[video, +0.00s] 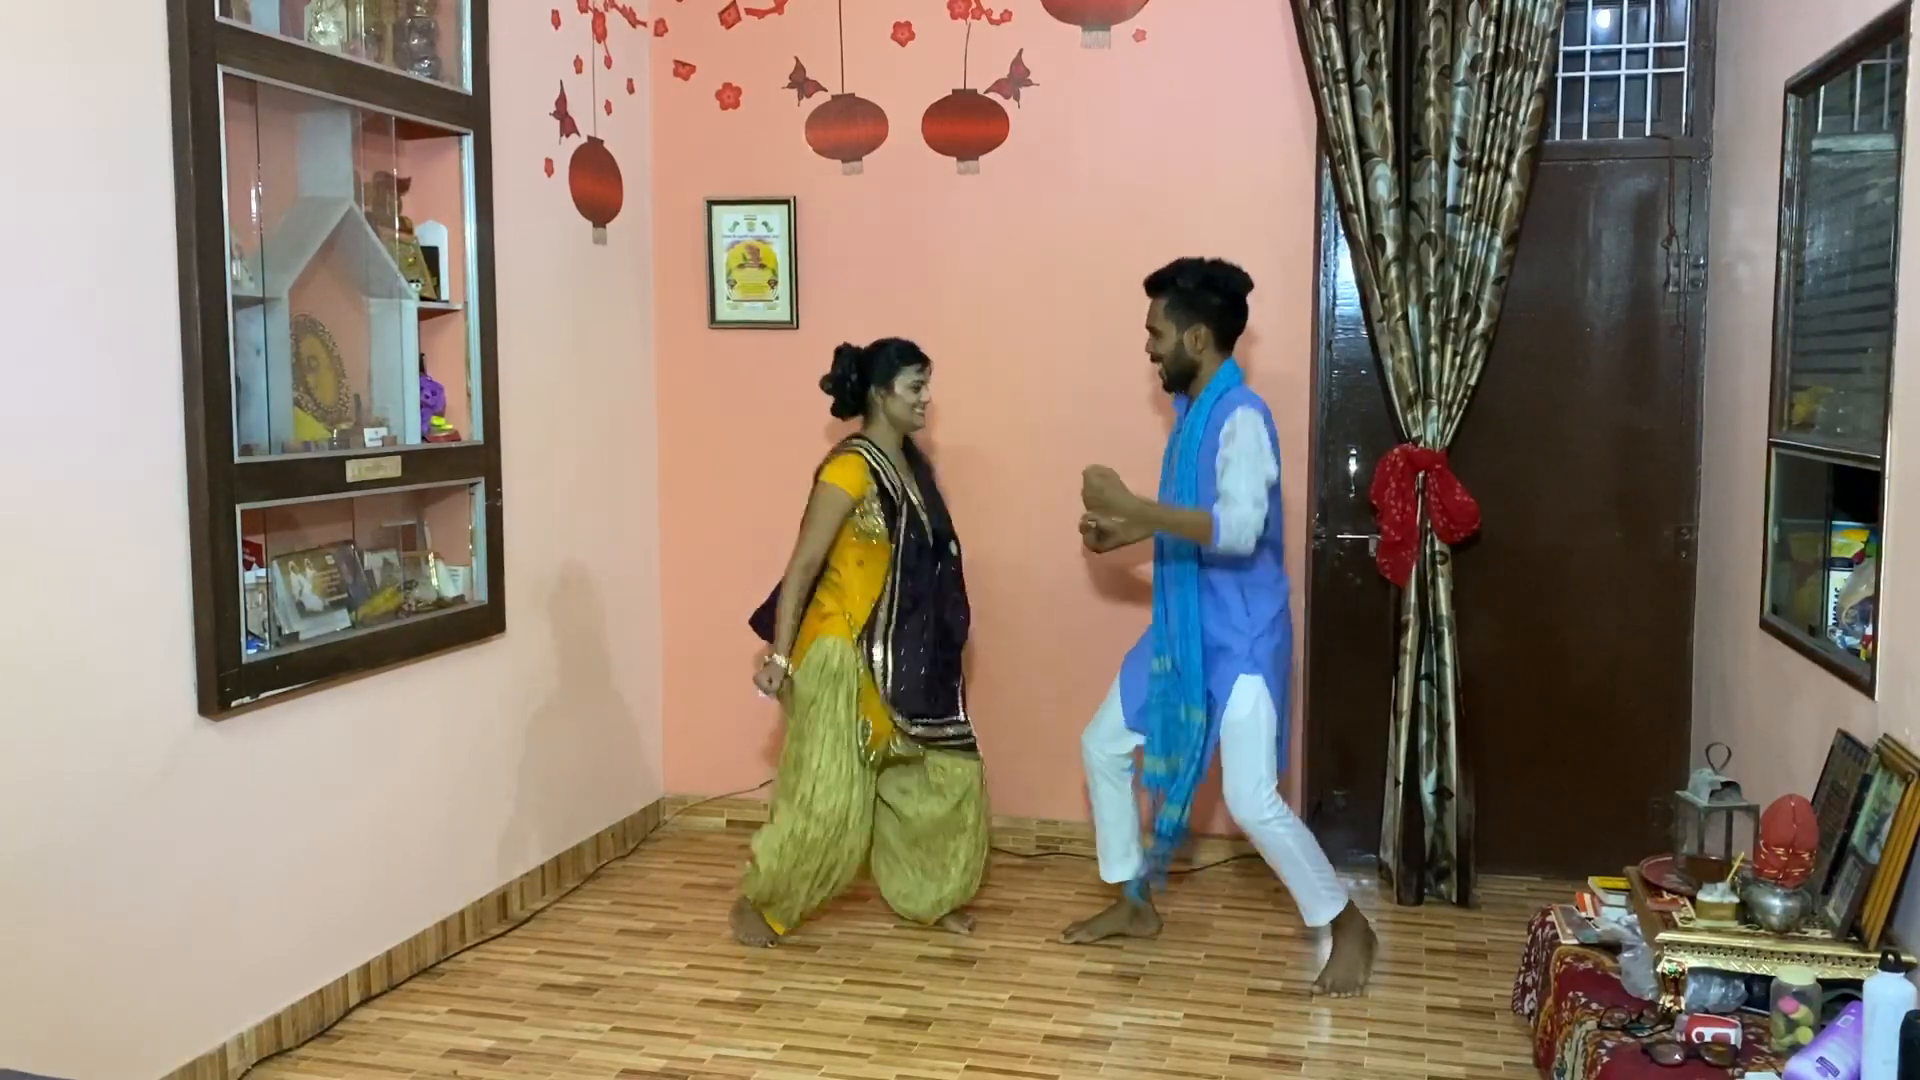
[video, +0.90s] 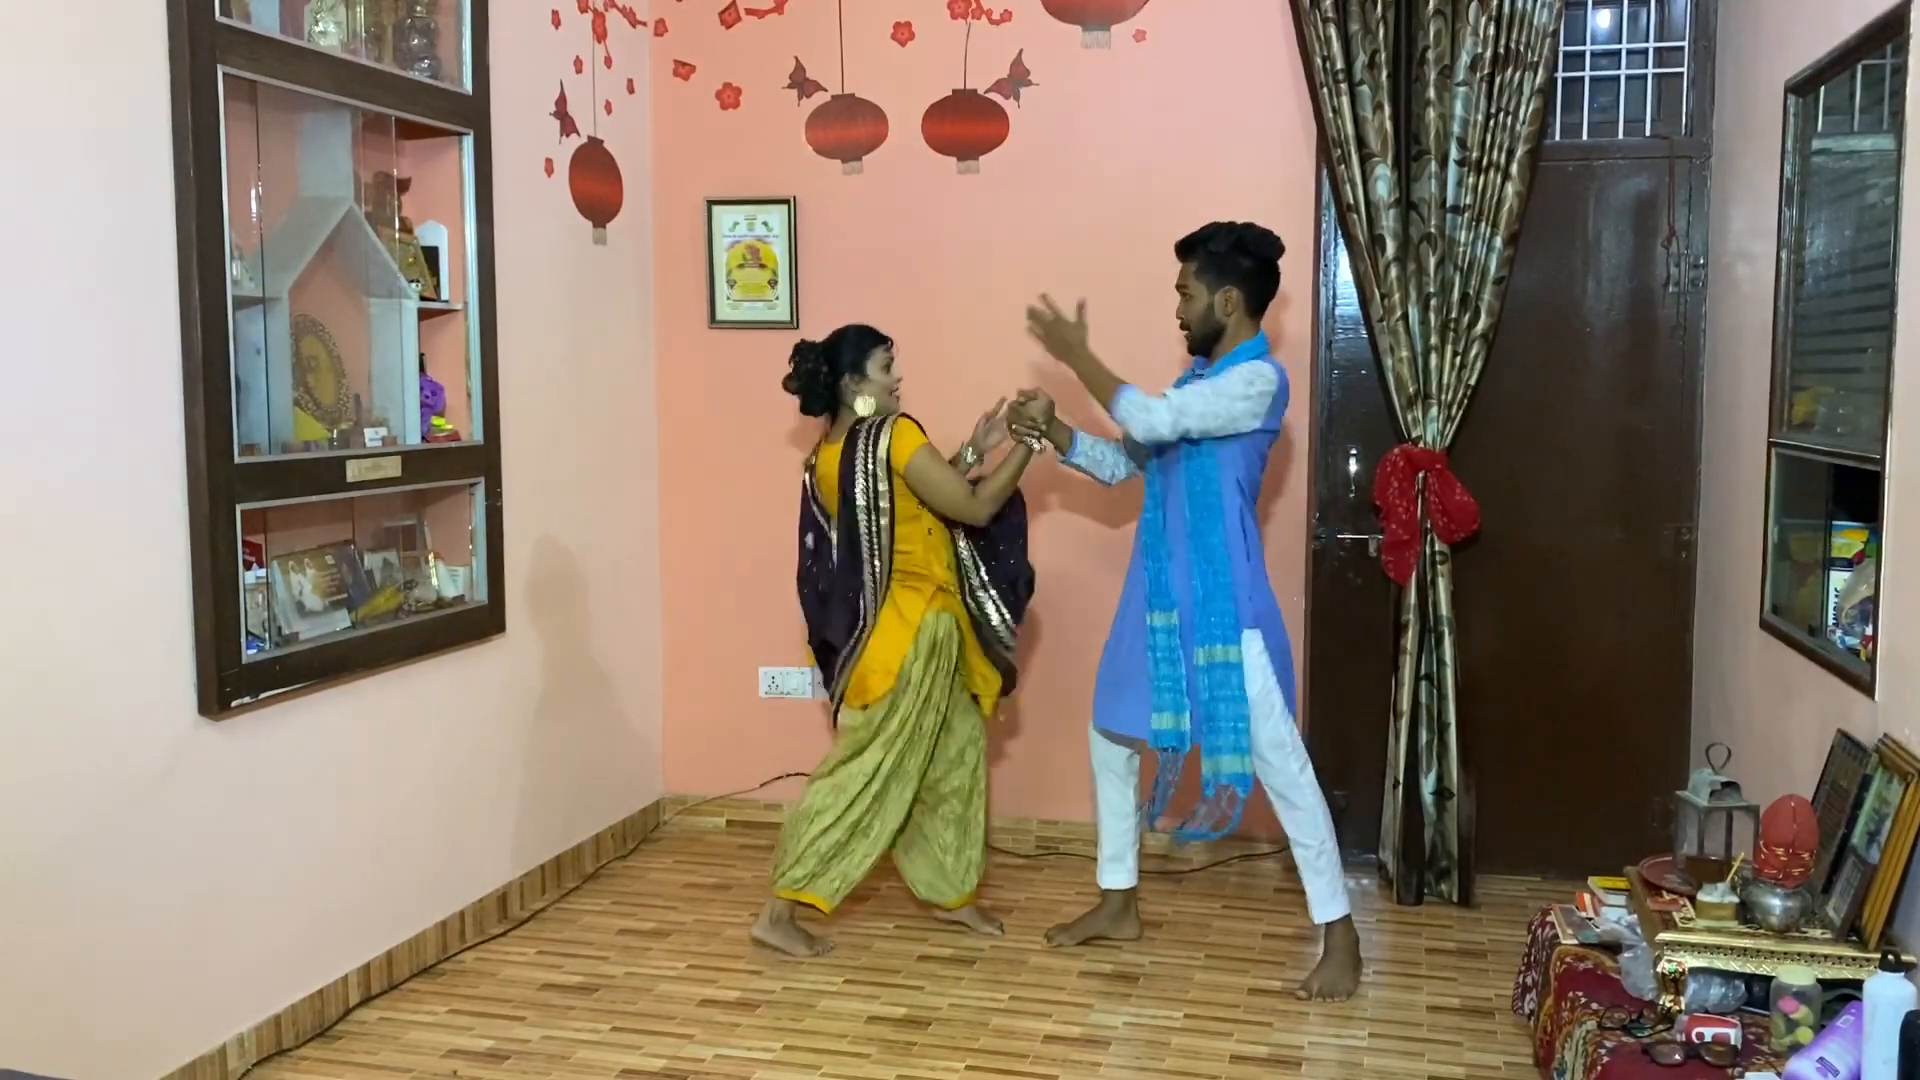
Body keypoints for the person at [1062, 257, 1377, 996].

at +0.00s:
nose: (1149, 346)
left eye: (1158, 331)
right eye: (1150, 331)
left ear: (1202, 334)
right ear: (1191, 333)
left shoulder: (1242, 418)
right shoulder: (1196, 414)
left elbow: (1240, 531)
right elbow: (1203, 524)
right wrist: (1129, 531)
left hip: (1241, 635)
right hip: (1182, 629)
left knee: (1251, 799)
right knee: (1104, 745)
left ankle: (1341, 922)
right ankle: (1132, 900)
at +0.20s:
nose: (1157, 286)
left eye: (1167, 270)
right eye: (1158, 270)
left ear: (1207, 271)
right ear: (1212, 272)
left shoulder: (1229, 337)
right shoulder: (1220, 333)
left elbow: (1218, 461)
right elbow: (1221, 462)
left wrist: (1180, 568)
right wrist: (1184, 566)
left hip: (1242, 572)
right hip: (1198, 572)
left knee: (1279, 750)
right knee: (1134, 711)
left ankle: (1328, 919)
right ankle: (1114, 874)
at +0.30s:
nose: (1166, 303)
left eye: (1178, 288)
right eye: (1168, 288)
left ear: (1222, 292)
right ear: (1217, 293)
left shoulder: (1237, 375)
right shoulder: (1210, 367)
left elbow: (1252, 507)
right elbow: (1185, 493)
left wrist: (1244, 631)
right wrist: (1115, 552)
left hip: (1250, 609)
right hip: (1196, 604)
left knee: (1283, 769)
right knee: (1141, 738)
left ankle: (1336, 933)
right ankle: (1129, 903)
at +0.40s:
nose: (1168, 308)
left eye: (1179, 294)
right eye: (1170, 293)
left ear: (1226, 299)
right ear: (1217, 299)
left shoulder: (1254, 388)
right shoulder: (1213, 382)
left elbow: (1290, 517)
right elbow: (1176, 468)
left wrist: (1296, 642)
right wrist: (1074, 451)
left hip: (1247, 619)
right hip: (1190, 613)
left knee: (1281, 773)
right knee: (1129, 733)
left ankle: (1340, 937)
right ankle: (1130, 904)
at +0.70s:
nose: (1171, 303)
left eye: (1183, 290)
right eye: (1173, 289)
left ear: (1230, 300)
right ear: (1220, 300)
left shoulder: (1297, 399)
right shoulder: (1172, 383)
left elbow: (1320, 518)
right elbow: (1086, 448)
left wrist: (1266, 569)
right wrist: (1031, 383)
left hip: (1246, 610)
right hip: (1158, 603)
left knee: (1283, 765)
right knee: (1114, 739)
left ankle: (1333, 931)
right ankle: (1115, 902)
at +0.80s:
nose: (1174, 304)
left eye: (1185, 291)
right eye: (1176, 290)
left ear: (1232, 298)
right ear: (1214, 296)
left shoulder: (1283, 397)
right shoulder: (1178, 380)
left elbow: (1243, 493)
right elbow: (1098, 454)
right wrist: (1042, 410)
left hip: (1237, 609)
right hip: (1156, 603)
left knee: (1278, 757)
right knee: (1106, 738)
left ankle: (1333, 932)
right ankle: (1115, 903)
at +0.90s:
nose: (1175, 305)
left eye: (1186, 291)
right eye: (1176, 290)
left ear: (1231, 297)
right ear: (1214, 297)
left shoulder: (1256, 378)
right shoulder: (1190, 386)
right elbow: (1124, 465)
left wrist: (1079, 353)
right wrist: (1053, 431)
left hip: (1226, 599)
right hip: (1158, 595)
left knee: (1277, 754)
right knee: (1111, 731)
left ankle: (1337, 932)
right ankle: (1116, 904)